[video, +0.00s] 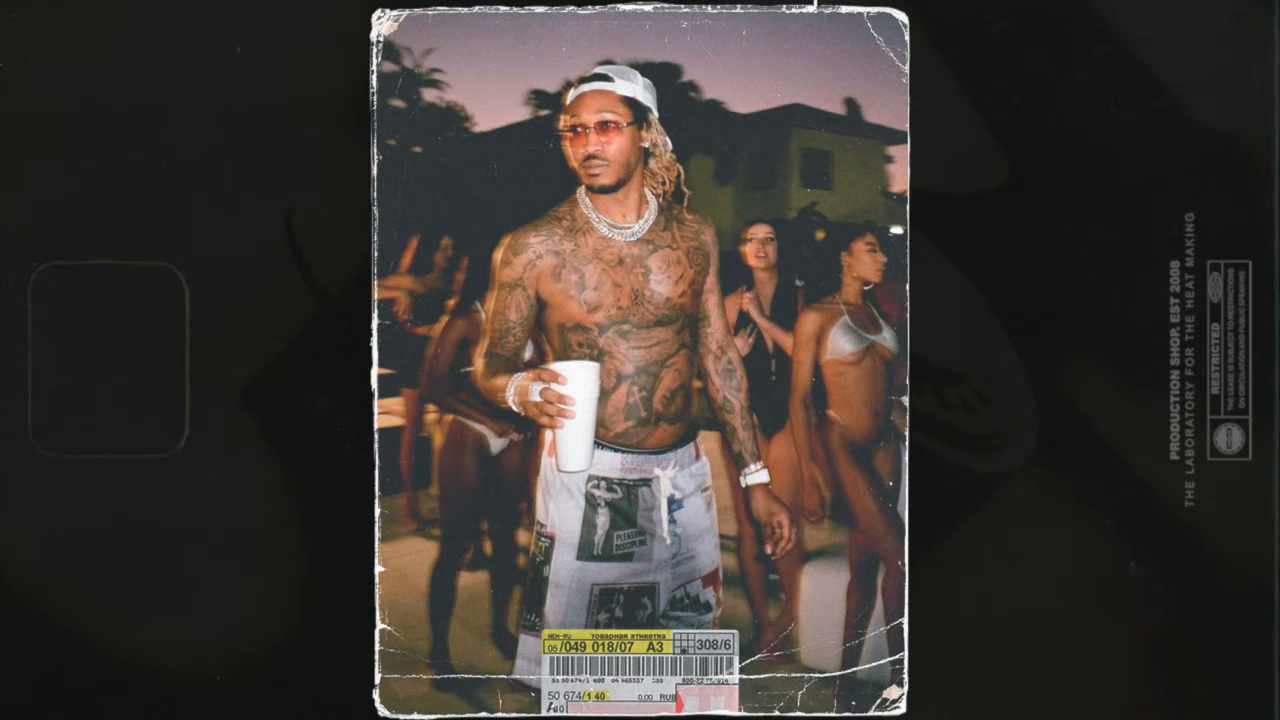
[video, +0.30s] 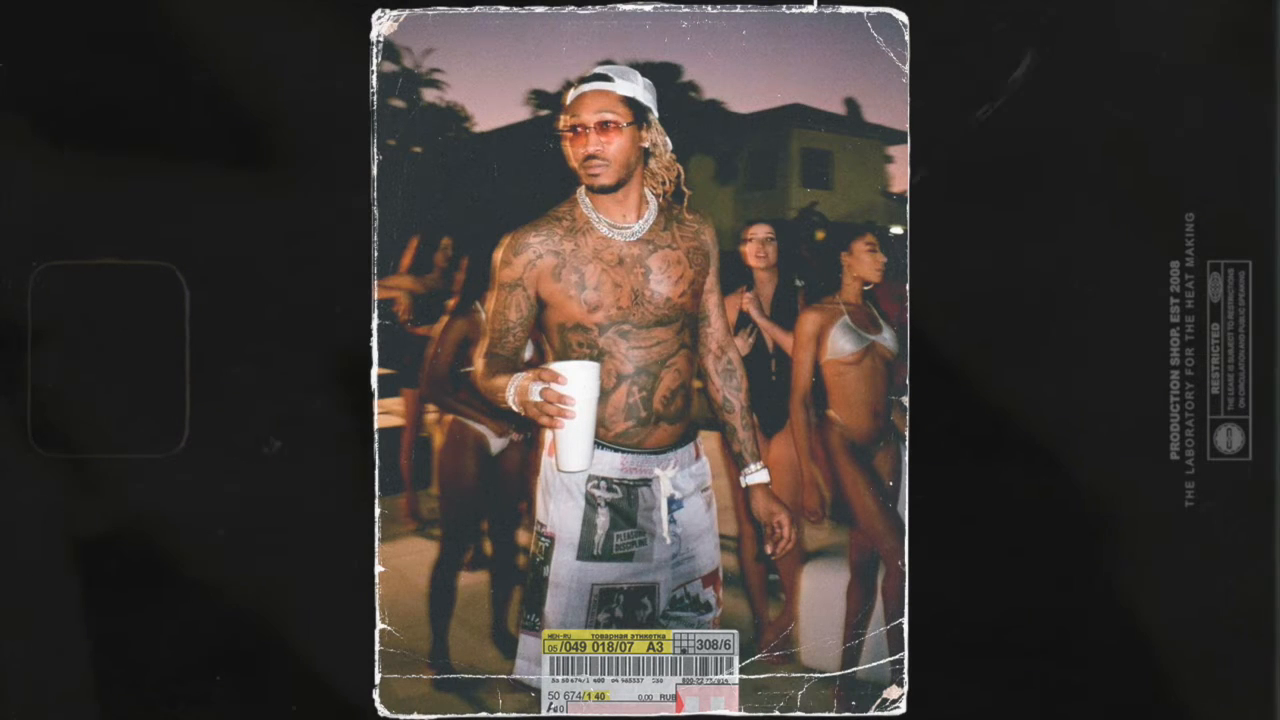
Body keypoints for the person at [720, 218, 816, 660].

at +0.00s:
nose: (759, 249)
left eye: (767, 242)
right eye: (752, 242)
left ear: (781, 249)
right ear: (740, 250)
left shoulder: (797, 296)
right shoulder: (731, 300)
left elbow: (803, 351)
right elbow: (714, 365)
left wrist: (761, 318)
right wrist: (735, 344)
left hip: (784, 420)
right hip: (739, 421)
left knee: (783, 521)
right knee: (748, 526)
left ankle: (793, 613)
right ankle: (762, 621)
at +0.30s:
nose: (759, 249)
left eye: (768, 242)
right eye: (752, 242)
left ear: (781, 249)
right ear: (741, 250)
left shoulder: (798, 295)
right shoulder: (732, 300)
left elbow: (805, 352)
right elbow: (714, 364)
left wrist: (762, 319)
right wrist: (734, 344)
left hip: (785, 419)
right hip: (739, 419)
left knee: (784, 521)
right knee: (749, 526)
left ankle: (794, 613)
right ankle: (763, 623)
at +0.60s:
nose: (760, 249)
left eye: (768, 242)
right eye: (752, 241)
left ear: (781, 249)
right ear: (741, 250)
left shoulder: (797, 296)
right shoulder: (730, 300)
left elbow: (803, 352)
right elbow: (712, 363)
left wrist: (762, 318)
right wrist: (733, 346)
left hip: (783, 419)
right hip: (738, 420)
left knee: (784, 521)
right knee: (749, 526)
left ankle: (793, 615)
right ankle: (762, 622)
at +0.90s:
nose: (760, 249)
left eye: (768, 242)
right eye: (752, 241)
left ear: (781, 249)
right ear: (741, 250)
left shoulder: (797, 296)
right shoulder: (730, 300)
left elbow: (804, 352)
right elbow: (712, 364)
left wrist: (762, 318)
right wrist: (733, 347)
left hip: (784, 419)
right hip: (738, 420)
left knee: (784, 521)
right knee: (749, 526)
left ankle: (793, 614)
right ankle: (762, 622)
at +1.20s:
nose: (760, 249)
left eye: (768, 241)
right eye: (752, 242)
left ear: (781, 249)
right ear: (741, 250)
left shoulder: (798, 296)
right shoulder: (732, 300)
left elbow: (804, 352)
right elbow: (714, 364)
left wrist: (762, 319)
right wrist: (734, 345)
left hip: (784, 419)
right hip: (738, 420)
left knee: (785, 521)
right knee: (749, 527)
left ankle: (794, 613)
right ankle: (763, 622)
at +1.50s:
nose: (760, 249)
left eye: (768, 242)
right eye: (752, 242)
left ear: (781, 249)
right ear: (741, 250)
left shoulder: (798, 296)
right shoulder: (731, 301)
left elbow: (804, 352)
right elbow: (713, 365)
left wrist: (761, 319)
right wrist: (733, 348)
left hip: (784, 419)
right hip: (739, 420)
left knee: (784, 521)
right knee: (749, 527)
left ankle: (793, 613)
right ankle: (762, 622)